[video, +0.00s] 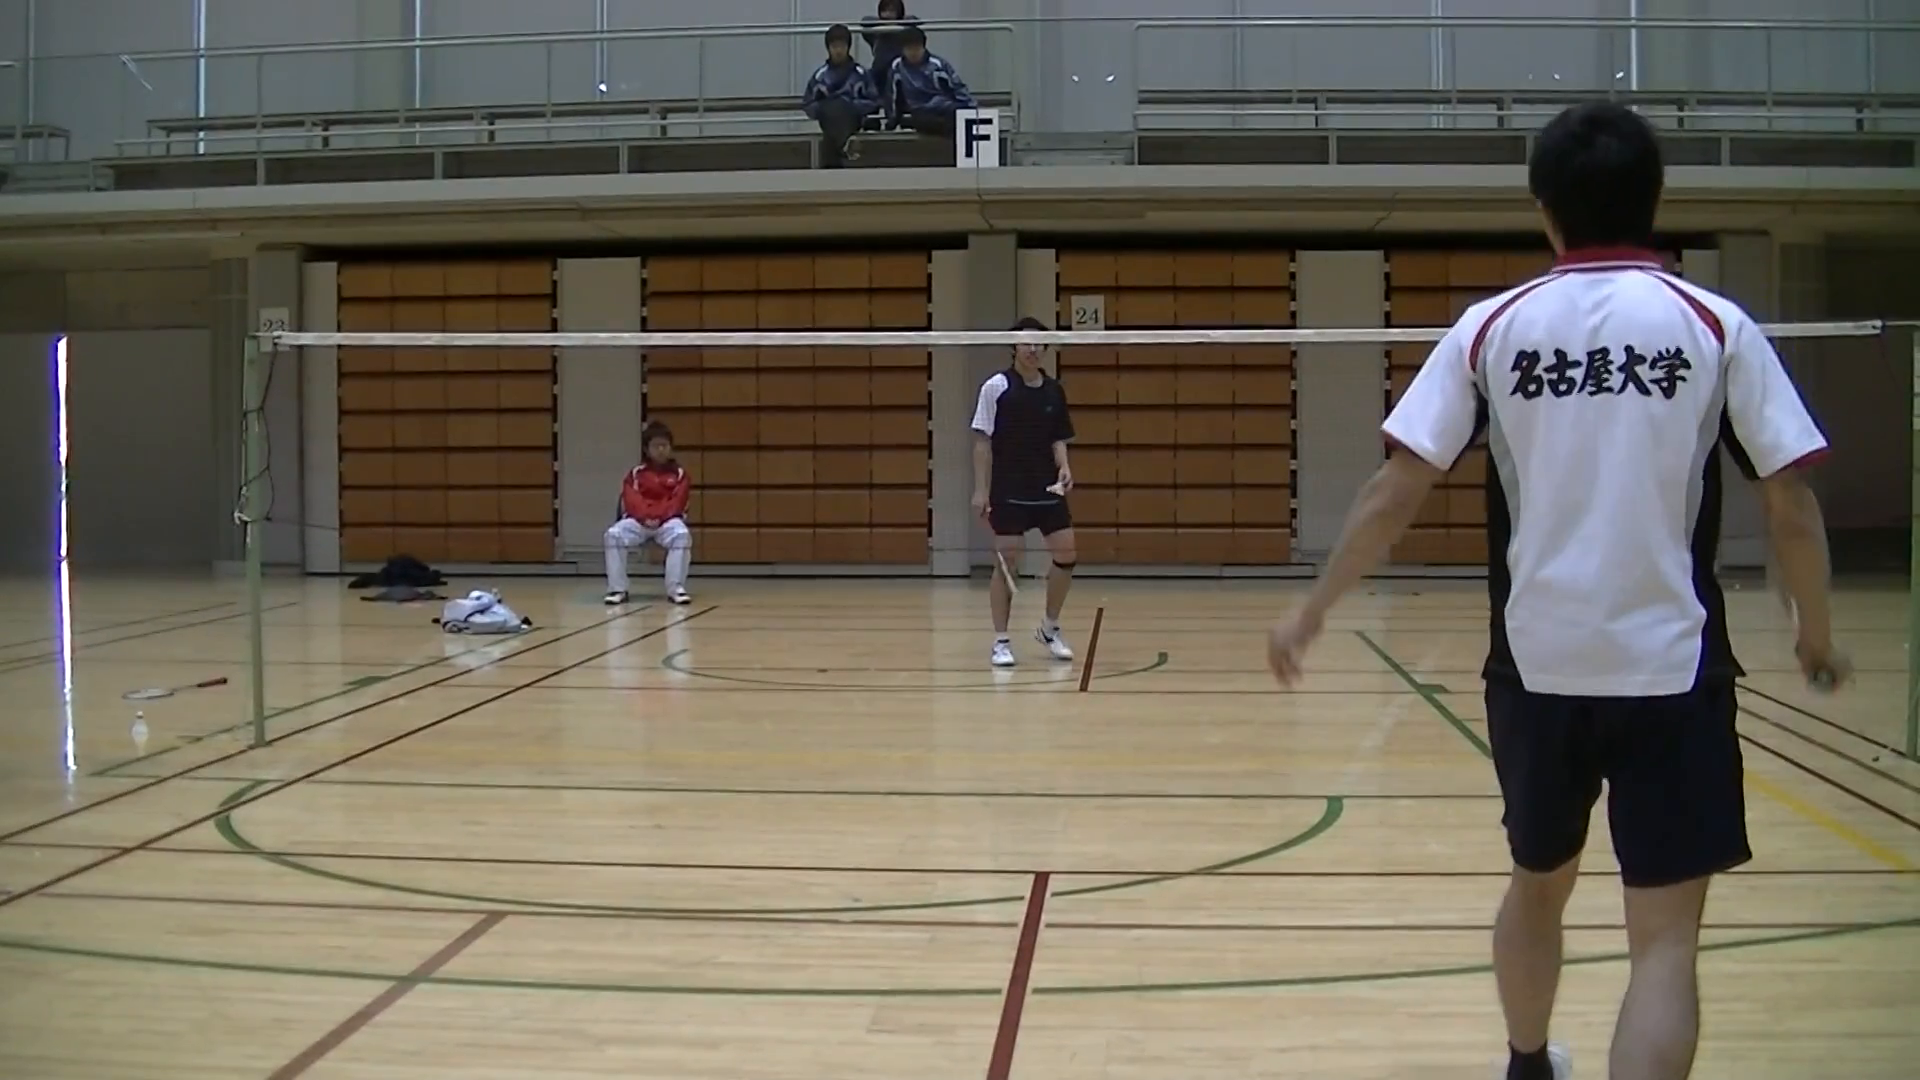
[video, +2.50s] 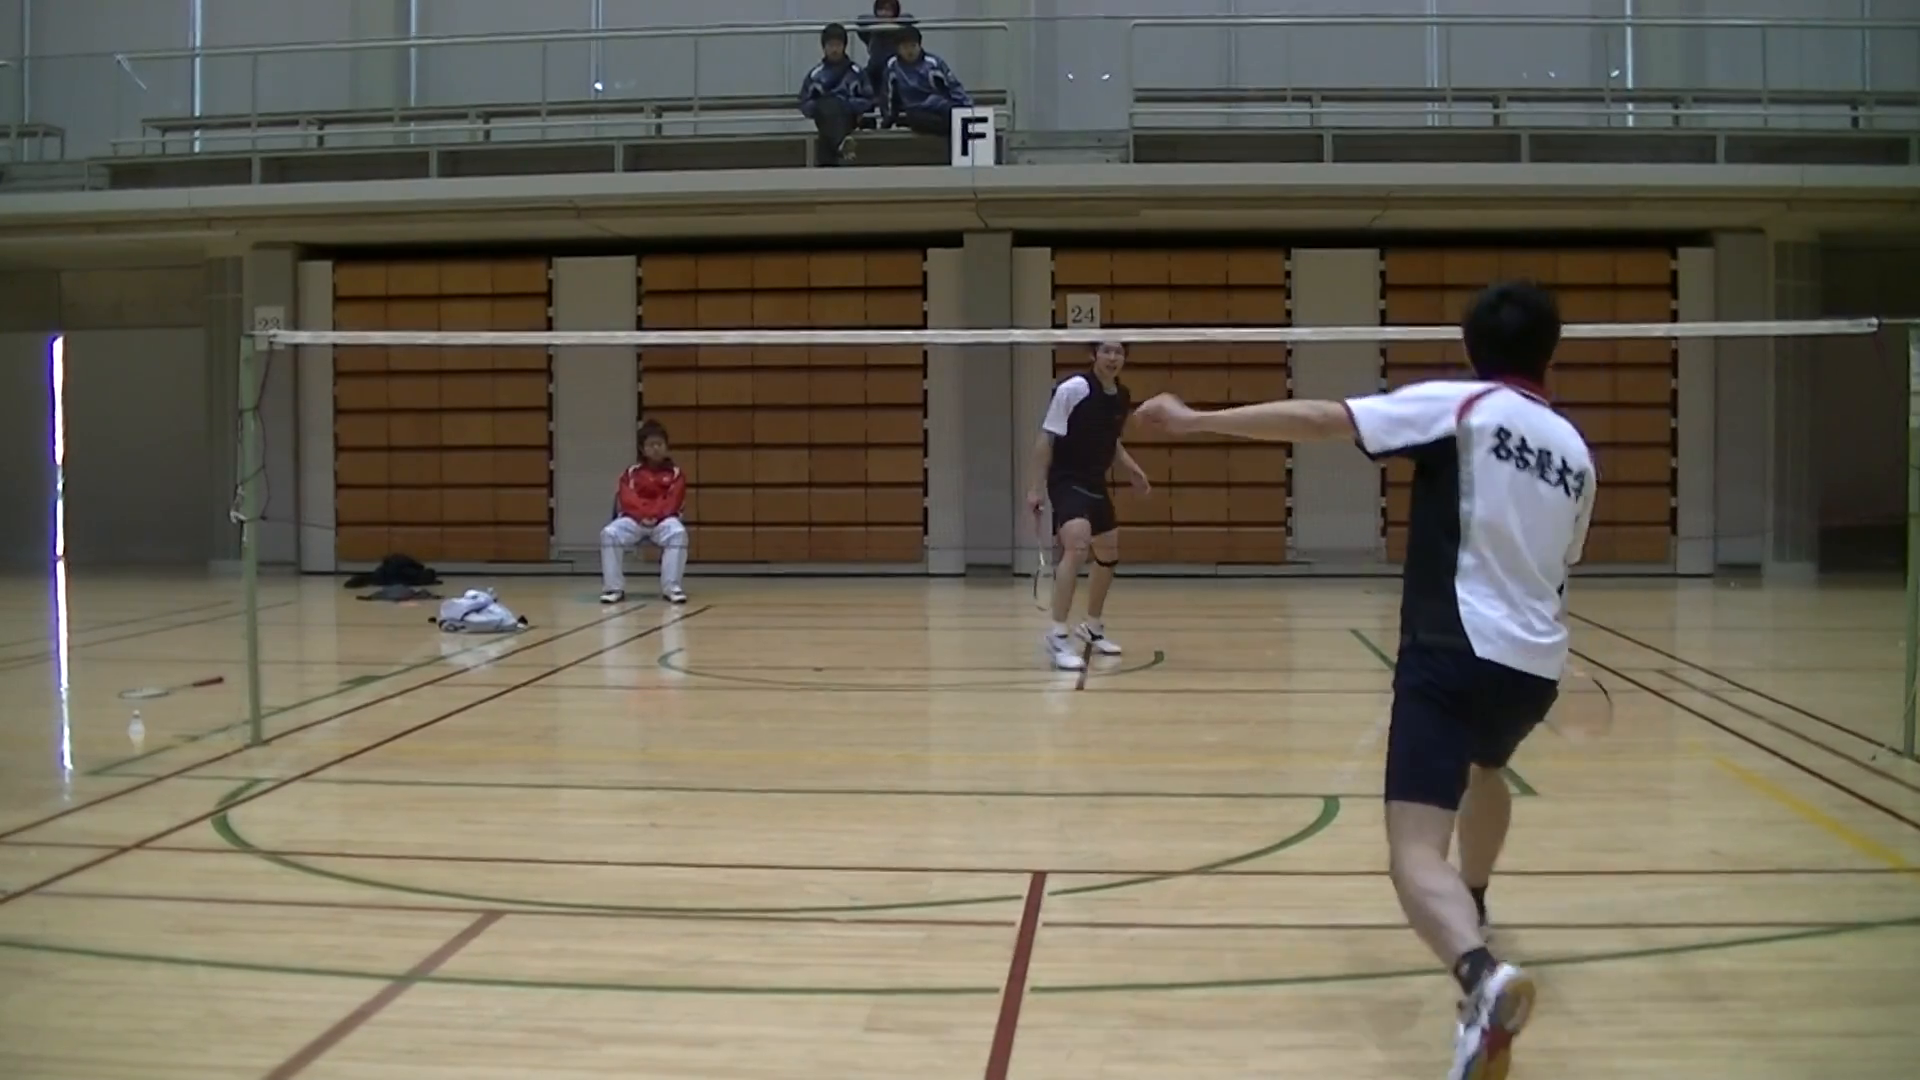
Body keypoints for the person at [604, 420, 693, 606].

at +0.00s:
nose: (661, 450)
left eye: (665, 445)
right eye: (656, 446)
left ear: (670, 448)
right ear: (646, 449)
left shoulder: (679, 474)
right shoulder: (635, 473)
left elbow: (677, 503)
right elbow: (631, 500)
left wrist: (659, 517)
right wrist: (645, 516)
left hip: (667, 520)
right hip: (638, 520)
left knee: (682, 536)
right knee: (613, 536)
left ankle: (676, 588)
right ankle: (618, 590)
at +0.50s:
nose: (659, 449)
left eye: (663, 444)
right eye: (654, 445)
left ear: (668, 447)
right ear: (645, 449)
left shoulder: (677, 474)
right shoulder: (634, 472)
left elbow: (676, 503)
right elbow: (629, 499)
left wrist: (657, 517)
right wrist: (644, 515)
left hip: (665, 520)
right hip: (637, 519)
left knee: (680, 535)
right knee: (611, 535)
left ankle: (674, 588)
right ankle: (616, 589)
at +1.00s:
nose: (658, 450)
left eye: (661, 445)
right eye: (652, 446)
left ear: (668, 447)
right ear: (644, 450)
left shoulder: (677, 475)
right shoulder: (633, 473)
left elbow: (674, 504)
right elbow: (628, 500)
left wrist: (656, 517)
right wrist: (644, 516)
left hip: (664, 520)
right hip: (635, 520)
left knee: (679, 535)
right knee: (610, 535)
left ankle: (673, 587)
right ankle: (615, 589)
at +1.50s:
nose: (657, 450)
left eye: (661, 445)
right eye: (652, 445)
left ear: (667, 447)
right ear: (643, 449)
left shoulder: (676, 475)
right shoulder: (632, 473)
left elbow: (673, 504)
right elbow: (627, 500)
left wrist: (655, 517)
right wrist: (644, 515)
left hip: (664, 520)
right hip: (635, 520)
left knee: (678, 536)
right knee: (610, 535)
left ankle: (673, 587)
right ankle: (615, 589)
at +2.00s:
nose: (656, 449)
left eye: (660, 444)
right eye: (651, 445)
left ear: (667, 447)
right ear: (643, 449)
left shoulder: (676, 474)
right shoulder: (632, 472)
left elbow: (673, 503)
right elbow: (627, 499)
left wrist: (655, 517)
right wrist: (643, 515)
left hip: (663, 519)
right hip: (634, 519)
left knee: (678, 535)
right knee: (609, 535)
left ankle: (672, 587)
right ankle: (614, 588)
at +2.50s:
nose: (656, 449)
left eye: (660, 444)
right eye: (650, 445)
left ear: (666, 447)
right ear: (642, 449)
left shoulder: (675, 473)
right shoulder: (631, 472)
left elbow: (673, 503)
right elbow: (626, 500)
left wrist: (655, 516)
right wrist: (642, 515)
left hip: (663, 519)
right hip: (634, 519)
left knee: (678, 534)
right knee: (609, 534)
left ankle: (672, 586)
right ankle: (613, 588)